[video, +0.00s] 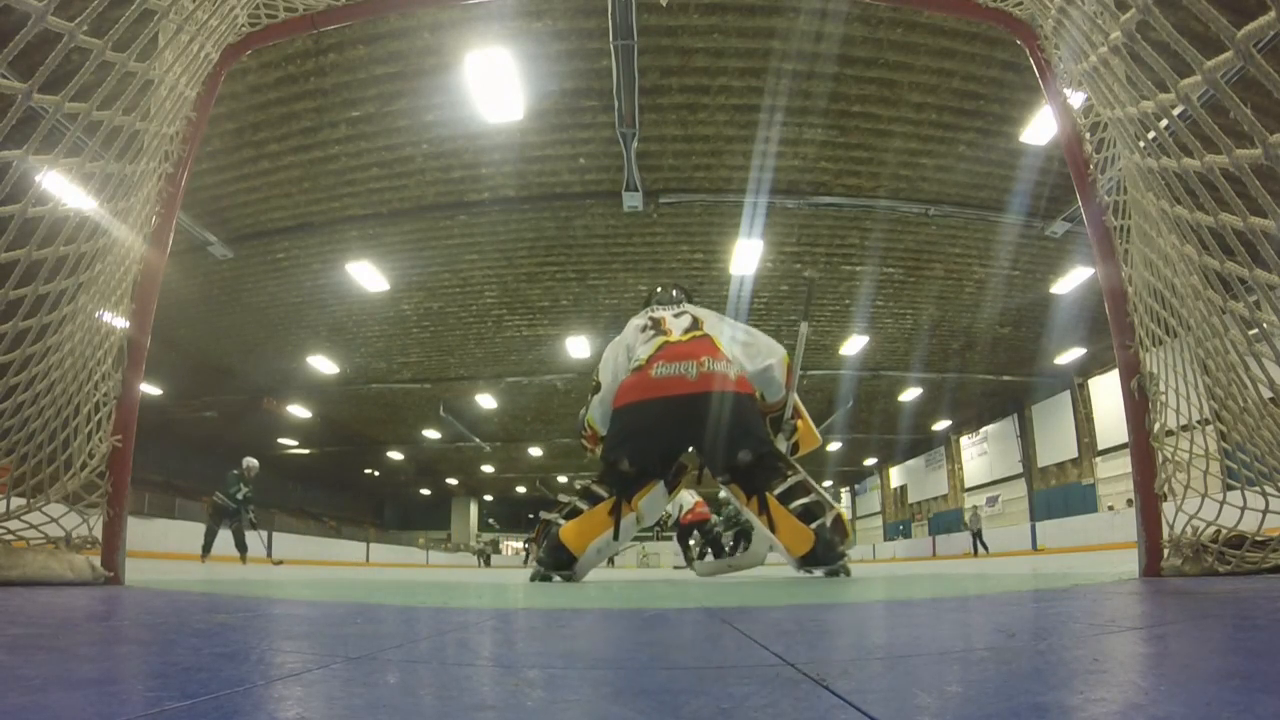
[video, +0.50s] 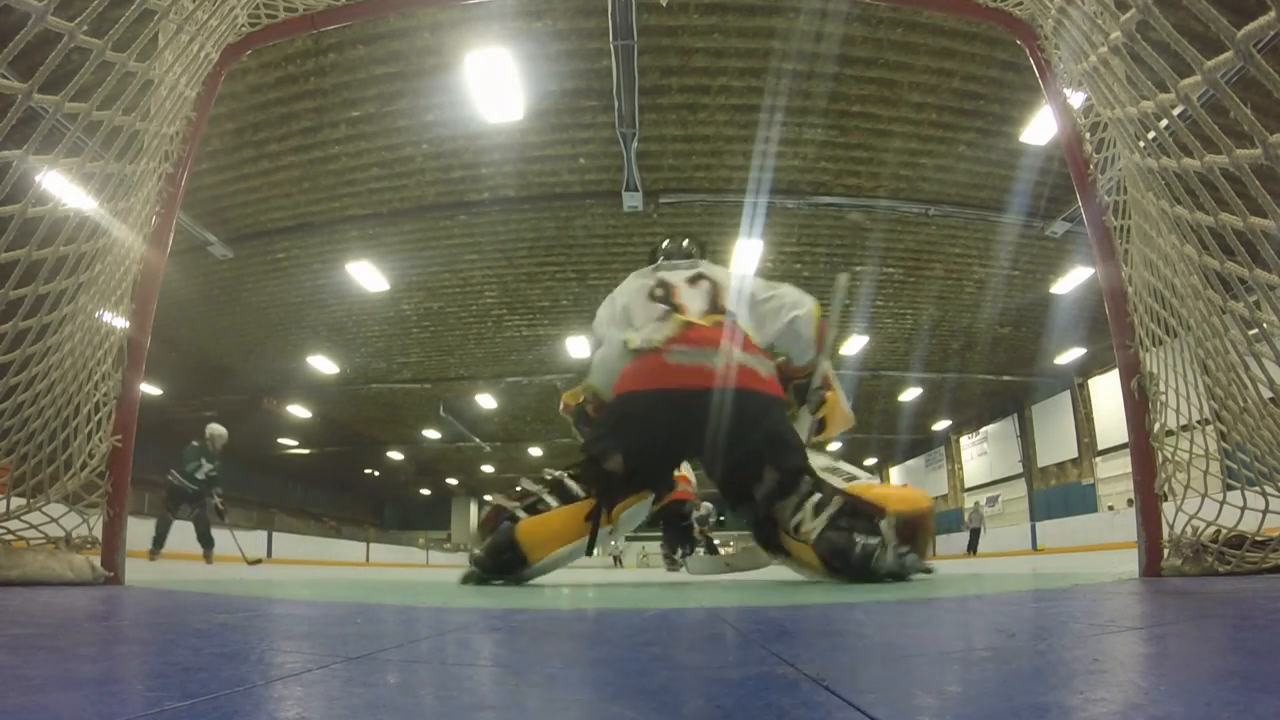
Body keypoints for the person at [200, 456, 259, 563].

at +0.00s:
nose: (254, 474)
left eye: (255, 471)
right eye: (253, 471)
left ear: (254, 471)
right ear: (247, 468)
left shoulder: (249, 485)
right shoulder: (233, 475)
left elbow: (248, 502)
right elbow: (233, 491)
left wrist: (251, 517)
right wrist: (245, 498)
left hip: (234, 509)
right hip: (219, 505)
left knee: (238, 531)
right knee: (212, 529)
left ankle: (243, 553)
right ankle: (205, 553)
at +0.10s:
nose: (249, 470)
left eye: (250, 467)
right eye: (248, 466)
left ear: (249, 466)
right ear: (242, 464)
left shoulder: (243, 481)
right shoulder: (228, 470)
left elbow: (243, 499)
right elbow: (226, 487)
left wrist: (246, 514)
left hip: (228, 506)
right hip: (213, 502)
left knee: (232, 530)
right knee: (205, 528)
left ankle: (237, 553)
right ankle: (198, 552)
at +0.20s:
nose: (243, 465)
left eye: (244, 462)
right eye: (242, 461)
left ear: (244, 461)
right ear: (235, 459)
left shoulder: (237, 476)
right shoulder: (221, 466)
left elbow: (237, 496)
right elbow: (219, 484)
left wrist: (241, 512)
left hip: (221, 503)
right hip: (205, 500)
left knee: (226, 530)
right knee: (196, 526)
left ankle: (231, 552)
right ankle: (189, 551)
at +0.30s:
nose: (238, 459)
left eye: (239, 456)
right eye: (236, 455)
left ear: (236, 455)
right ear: (229, 452)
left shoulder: (230, 471)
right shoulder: (213, 460)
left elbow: (231, 491)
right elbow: (209, 479)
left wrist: (234, 509)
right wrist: (223, 494)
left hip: (214, 499)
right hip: (197, 495)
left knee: (218, 525)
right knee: (187, 522)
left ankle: (224, 551)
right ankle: (179, 549)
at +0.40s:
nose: (231, 452)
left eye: (232, 448)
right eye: (230, 448)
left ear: (227, 448)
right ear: (222, 446)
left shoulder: (224, 466)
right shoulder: (204, 454)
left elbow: (224, 487)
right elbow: (201, 474)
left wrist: (227, 505)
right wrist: (216, 489)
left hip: (205, 496)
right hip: (187, 491)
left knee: (210, 523)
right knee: (177, 520)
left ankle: (216, 550)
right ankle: (168, 549)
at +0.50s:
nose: (222, 445)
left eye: (223, 442)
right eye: (221, 441)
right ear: (212, 439)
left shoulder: (216, 460)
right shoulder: (193, 449)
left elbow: (215, 482)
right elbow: (190, 469)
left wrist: (218, 499)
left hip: (197, 492)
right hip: (179, 488)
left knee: (201, 520)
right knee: (166, 516)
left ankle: (208, 549)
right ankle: (156, 547)